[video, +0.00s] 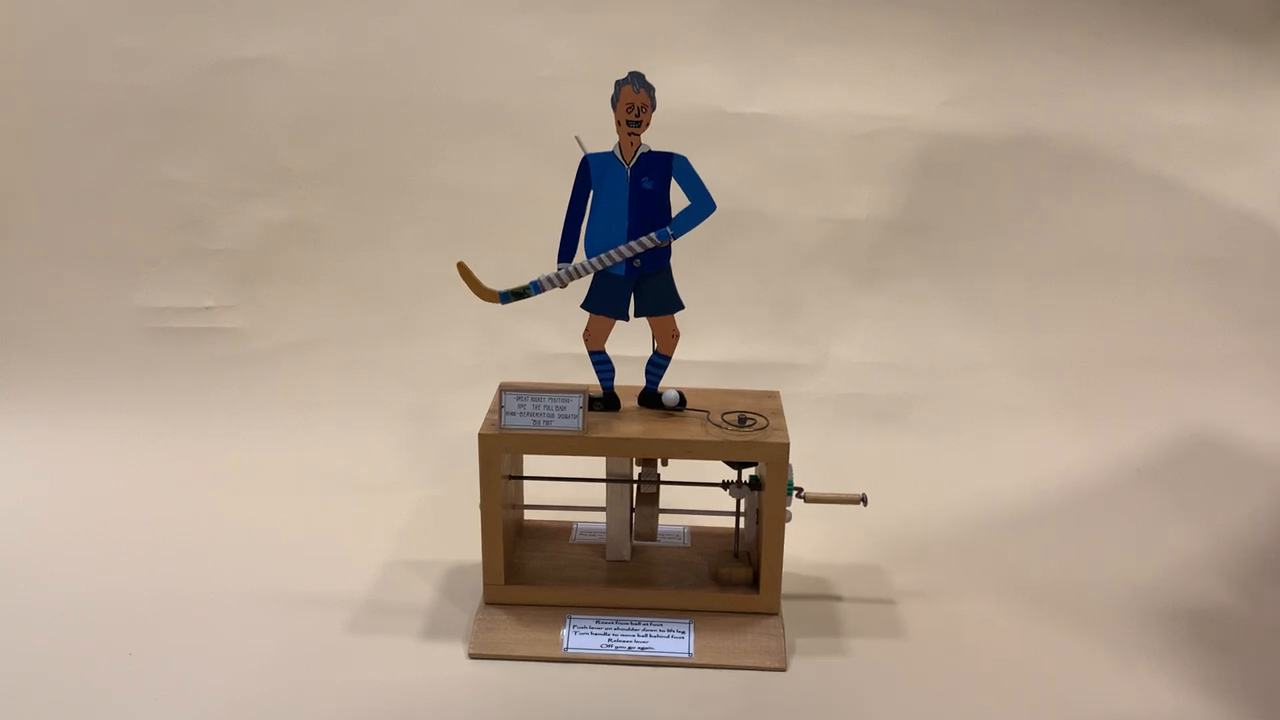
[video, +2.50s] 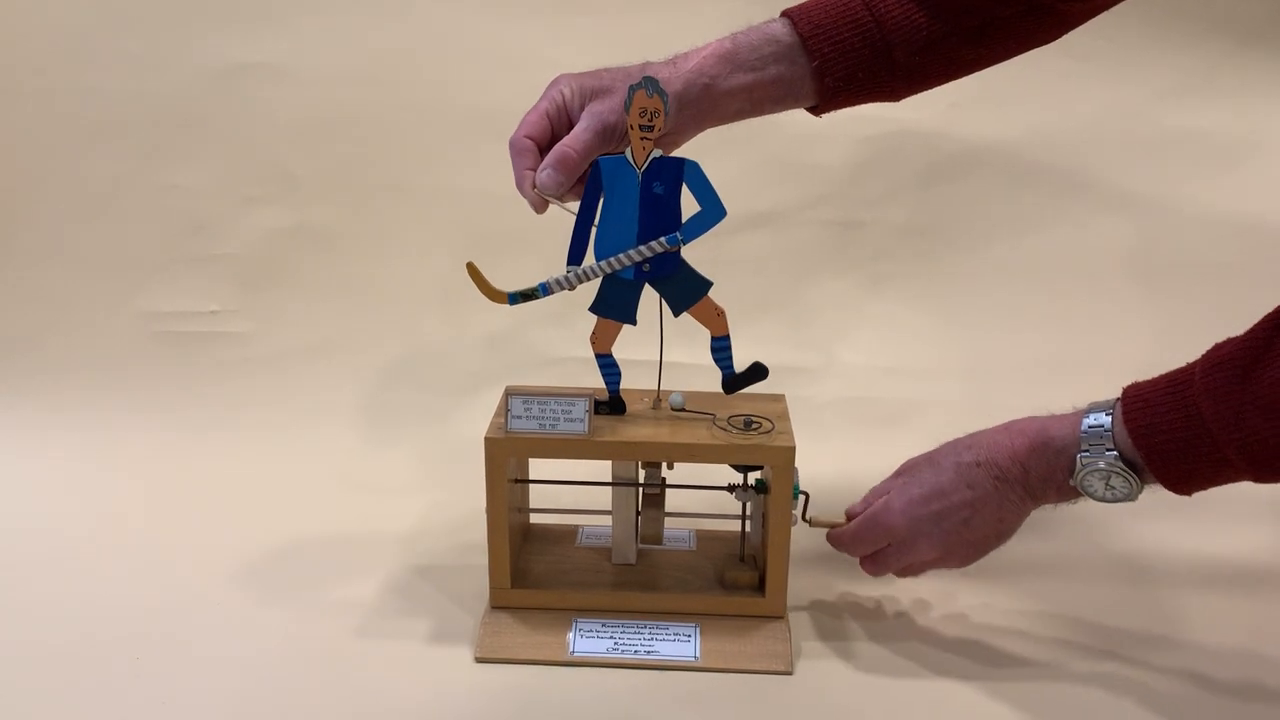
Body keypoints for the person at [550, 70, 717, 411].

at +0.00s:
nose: (636, 114)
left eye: (643, 108)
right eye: (628, 106)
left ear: (652, 114)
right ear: (613, 111)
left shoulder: (669, 163)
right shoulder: (593, 165)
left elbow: (705, 204)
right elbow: (574, 217)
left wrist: (668, 233)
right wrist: (564, 265)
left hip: (654, 270)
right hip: (611, 270)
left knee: (668, 337)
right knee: (593, 338)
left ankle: (650, 393)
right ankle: (608, 394)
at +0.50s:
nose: (636, 116)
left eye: (644, 110)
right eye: (629, 109)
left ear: (653, 117)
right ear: (615, 114)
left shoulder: (670, 165)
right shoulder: (594, 167)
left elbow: (707, 206)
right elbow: (575, 220)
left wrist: (669, 236)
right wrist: (565, 268)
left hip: (654, 271)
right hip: (611, 271)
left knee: (669, 339)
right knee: (594, 339)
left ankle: (651, 395)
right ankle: (609, 396)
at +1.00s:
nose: (636, 121)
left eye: (644, 115)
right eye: (630, 114)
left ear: (655, 124)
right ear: (617, 121)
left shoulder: (671, 167)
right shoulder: (595, 170)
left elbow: (708, 208)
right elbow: (577, 222)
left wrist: (671, 238)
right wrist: (567, 270)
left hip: (656, 274)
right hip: (612, 274)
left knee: (671, 341)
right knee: (596, 341)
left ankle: (652, 397)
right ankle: (611, 398)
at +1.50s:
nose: (643, 124)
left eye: (649, 117)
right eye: (636, 116)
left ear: (658, 125)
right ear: (623, 122)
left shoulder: (676, 168)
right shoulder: (601, 170)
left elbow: (712, 210)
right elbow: (581, 222)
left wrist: (675, 239)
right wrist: (570, 269)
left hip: (660, 274)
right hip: (616, 274)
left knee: (675, 341)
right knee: (598, 342)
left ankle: (656, 398)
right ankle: (612, 400)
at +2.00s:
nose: (646, 132)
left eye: (652, 125)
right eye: (639, 124)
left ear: (662, 127)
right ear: (627, 126)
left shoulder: (681, 169)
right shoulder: (606, 169)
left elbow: (715, 212)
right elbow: (585, 220)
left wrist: (675, 241)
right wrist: (572, 269)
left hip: (666, 270)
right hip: (620, 273)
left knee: (709, 326)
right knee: (600, 342)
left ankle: (715, 386)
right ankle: (613, 400)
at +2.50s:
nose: (648, 121)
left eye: (655, 113)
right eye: (641, 113)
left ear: (664, 119)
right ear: (627, 117)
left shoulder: (680, 167)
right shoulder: (605, 167)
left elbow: (715, 210)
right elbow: (585, 218)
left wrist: (676, 239)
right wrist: (573, 267)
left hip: (667, 266)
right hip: (621, 269)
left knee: (716, 317)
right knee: (600, 341)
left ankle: (729, 378)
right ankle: (614, 398)